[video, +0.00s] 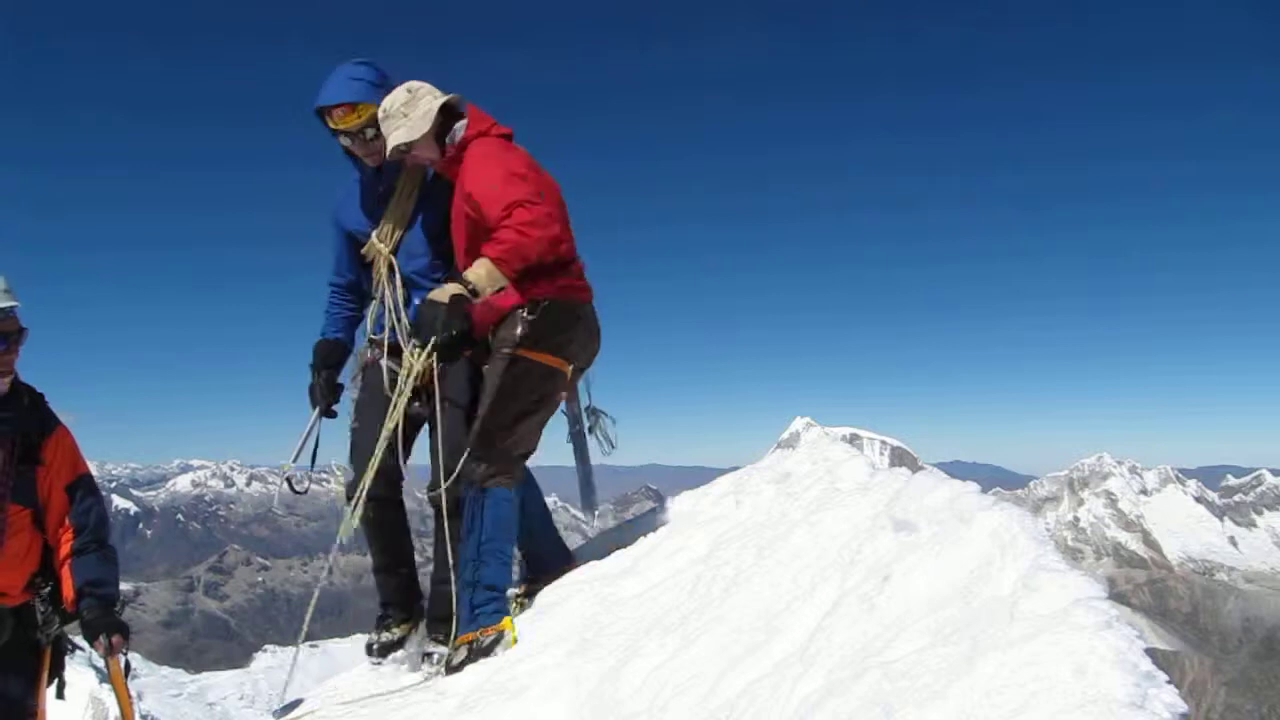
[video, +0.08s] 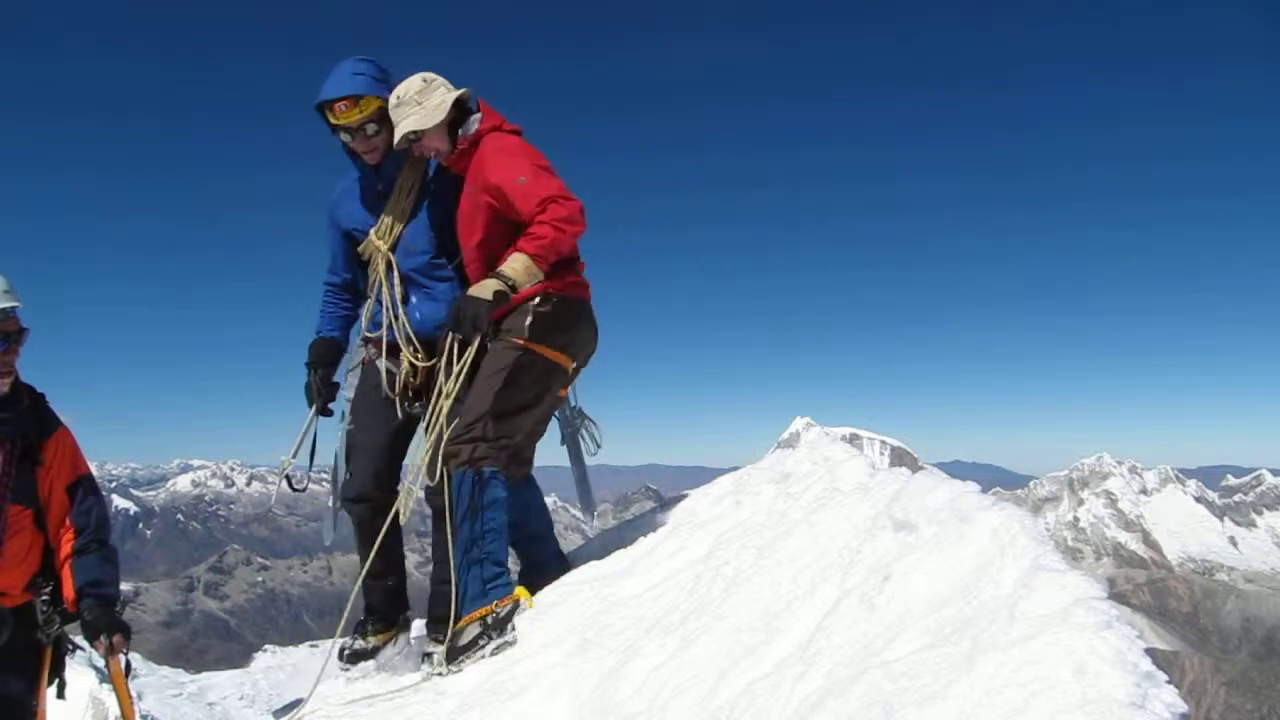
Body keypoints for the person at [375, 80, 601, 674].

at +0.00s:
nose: (415, 161)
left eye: (413, 148)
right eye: (407, 154)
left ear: (434, 129)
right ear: (427, 136)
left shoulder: (490, 157)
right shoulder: (469, 169)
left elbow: (538, 226)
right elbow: (492, 264)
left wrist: (465, 284)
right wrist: (457, 320)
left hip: (546, 313)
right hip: (523, 317)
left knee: (492, 462)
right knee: (496, 454)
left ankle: (481, 624)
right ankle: (553, 572)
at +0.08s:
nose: (421, 150)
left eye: (422, 137)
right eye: (414, 143)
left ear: (447, 118)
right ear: (427, 132)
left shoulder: (498, 150)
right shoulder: (472, 165)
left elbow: (562, 213)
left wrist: (498, 282)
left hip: (543, 312)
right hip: (539, 317)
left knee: (467, 447)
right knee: (504, 456)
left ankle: (484, 606)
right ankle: (548, 579)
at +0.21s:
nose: (432, 142)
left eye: (435, 128)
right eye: (424, 133)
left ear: (466, 114)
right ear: (433, 129)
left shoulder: (513, 155)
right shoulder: (482, 167)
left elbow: (576, 226)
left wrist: (519, 293)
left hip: (546, 315)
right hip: (528, 319)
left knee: (445, 414)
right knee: (504, 453)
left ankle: (483, 565)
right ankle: (521, 562)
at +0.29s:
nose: (445, 133)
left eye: (451, 119)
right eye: (437, 125)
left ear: (480, 109)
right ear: (437, 128)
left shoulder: (521, 161)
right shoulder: (480, 176)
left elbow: (575, 237)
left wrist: (515, 301)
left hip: (545, 324)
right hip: (516, 326)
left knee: (453, 420)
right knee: (501, 449)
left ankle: (495, 574)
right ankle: (516, 565)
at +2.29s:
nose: (474, 121)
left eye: (484, 109)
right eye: (462, 113)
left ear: (503, 115)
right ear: (449, 124)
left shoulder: (539, 187)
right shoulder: (442, 197)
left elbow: (569, 266)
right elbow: (432, 280)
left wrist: (551, 296)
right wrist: (428, 331)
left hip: (525, 337)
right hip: (464, 344)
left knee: (513, 453)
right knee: (472, 471)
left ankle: (535, 564)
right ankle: (494, 607)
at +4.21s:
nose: (493, 123)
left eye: (503, 113)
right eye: (482, 114)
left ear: (519, 122)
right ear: (467, 126)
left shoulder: (550, 195)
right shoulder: (453, 198)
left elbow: (570, 277)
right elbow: (441, 274)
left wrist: (560, 344)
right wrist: (452, 344)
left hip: (536, 341)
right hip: (474, 345)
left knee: (540, 449)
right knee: (477, 470)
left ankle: (551, 571)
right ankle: (484, 600)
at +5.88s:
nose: (502, 126)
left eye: (513, 118)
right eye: (491, 117)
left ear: (528, 128)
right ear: (473, 127)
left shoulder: (550, 204)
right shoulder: (450, 200)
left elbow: (571, 289)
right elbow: (433, 276)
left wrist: (571, 360)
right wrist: (446, 339)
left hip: (535, 350)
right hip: (469, 351)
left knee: (540, 460)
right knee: (477, 476)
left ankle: (542, 584)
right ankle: (485, 602)